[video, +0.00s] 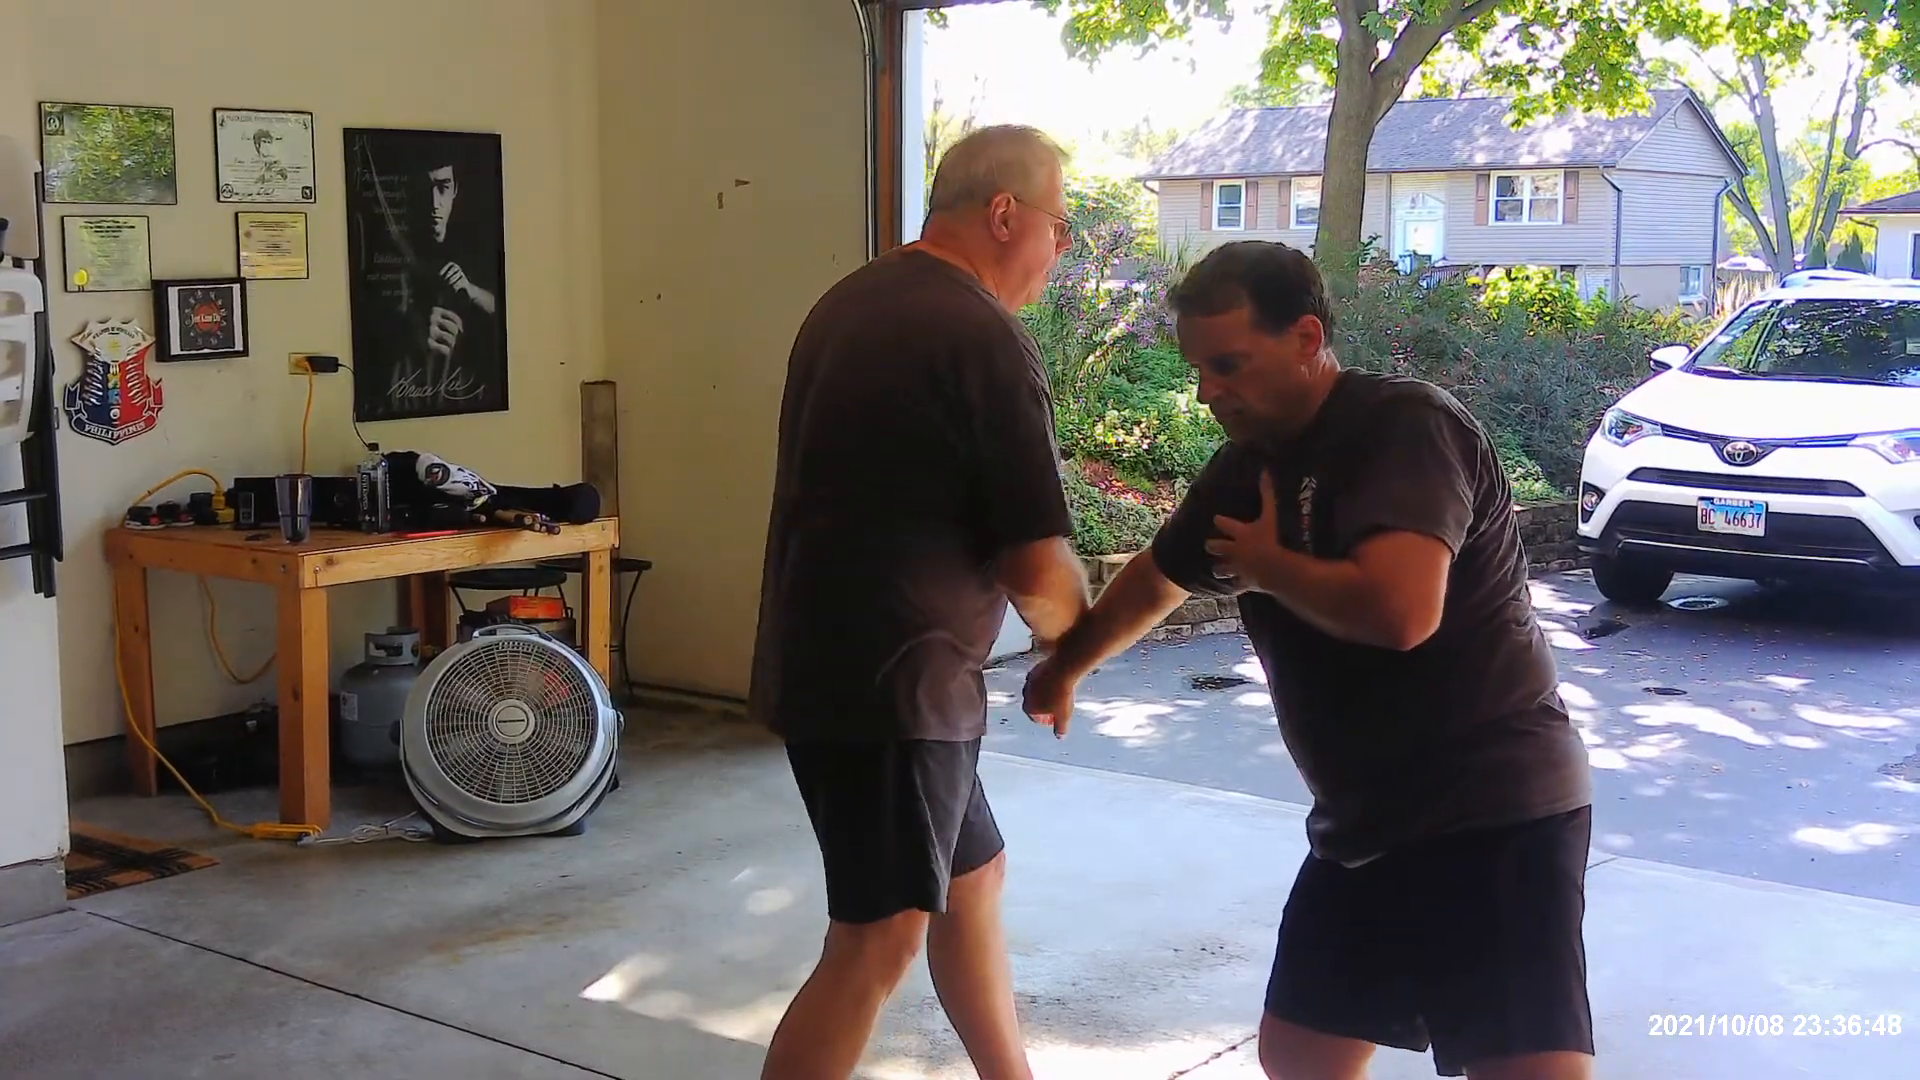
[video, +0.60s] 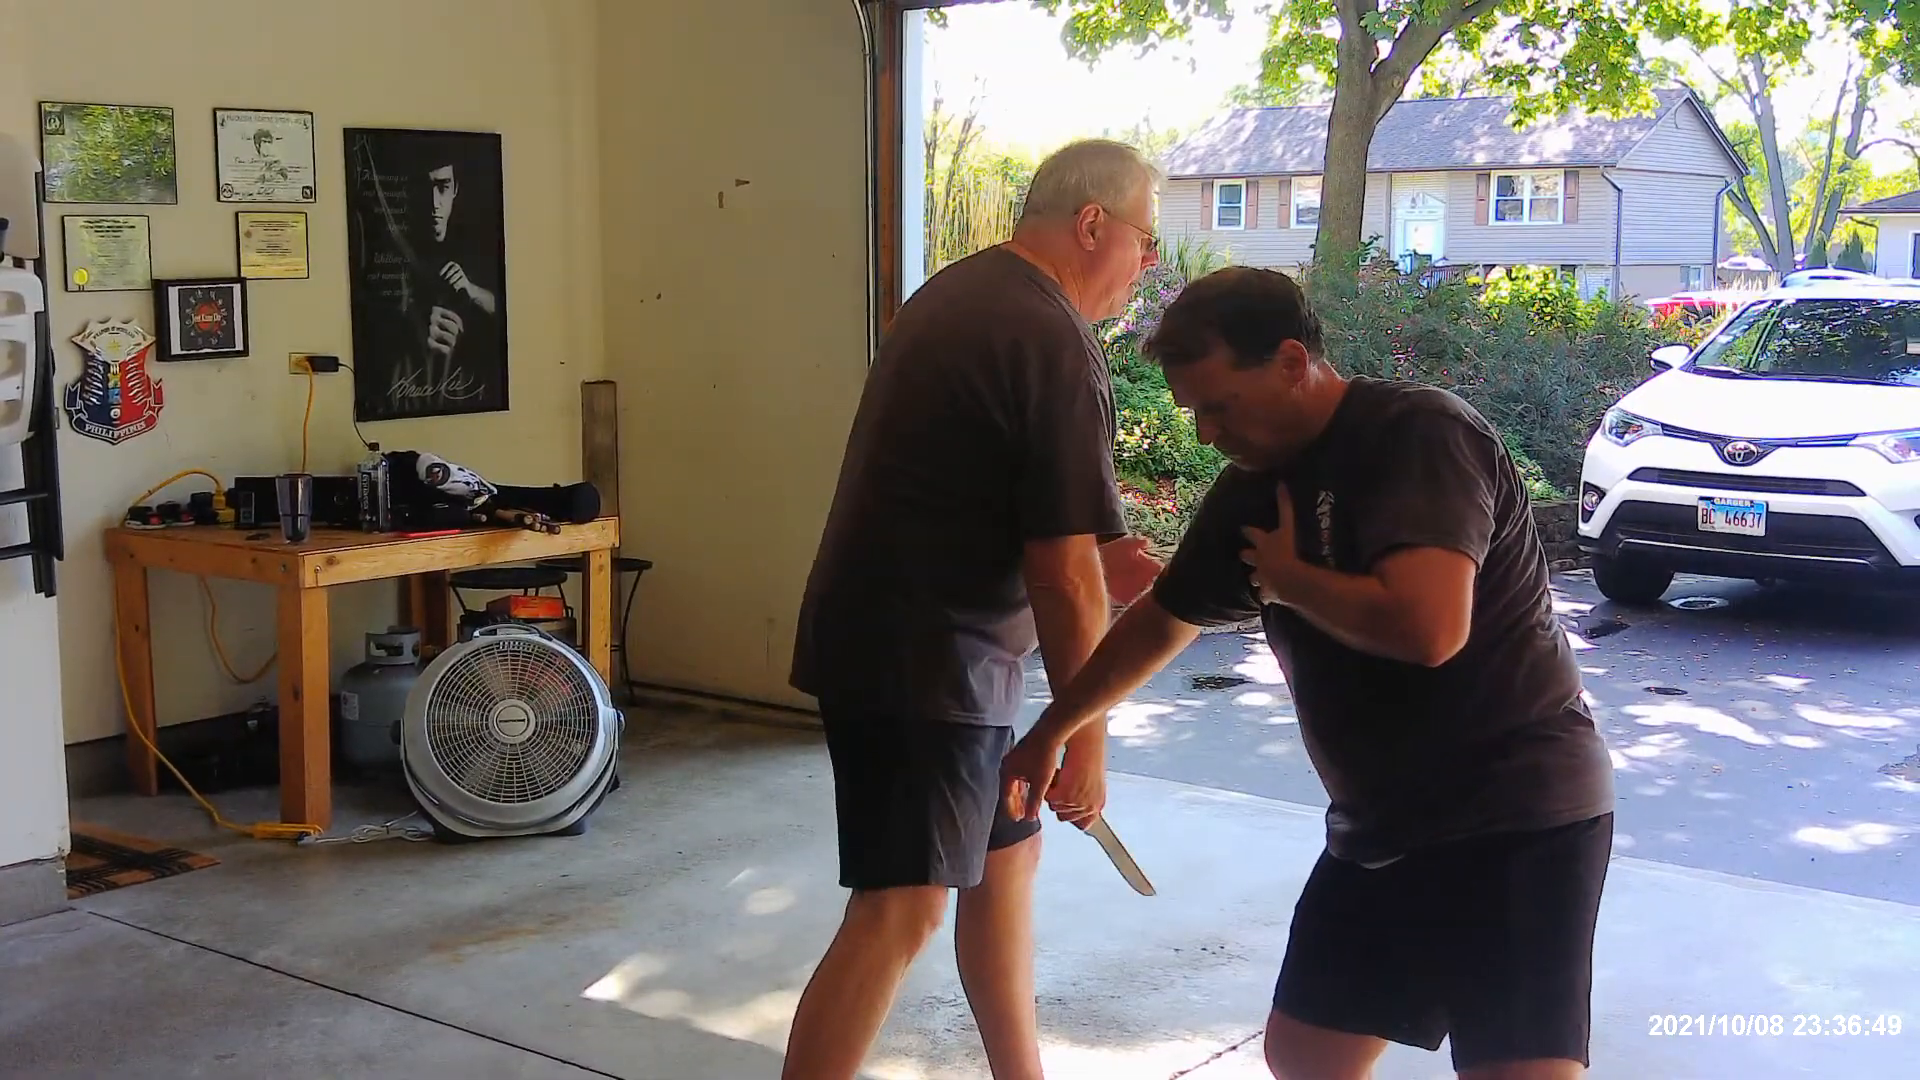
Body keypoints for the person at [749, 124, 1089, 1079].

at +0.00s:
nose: (1059, 257)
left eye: (1064, 235)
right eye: (1058, 230)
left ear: (959, 209)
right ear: (1005, 213)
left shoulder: (850, 301)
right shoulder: (979, 334)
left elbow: (845, 498)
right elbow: (1039, 570)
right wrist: (1070, 637)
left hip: (813, 654)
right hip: (897, 677)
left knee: (969, 869)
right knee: (879, 936)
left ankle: (1010, 1072)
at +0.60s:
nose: (1142, 270)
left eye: (1148, 249)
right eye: (1142, 245)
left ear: (1068, 222)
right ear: (1091, 225)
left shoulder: (955, 290)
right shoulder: (1047, 335)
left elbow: (951, 505)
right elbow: (1061, 573)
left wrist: (1089, 558)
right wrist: (1086, 734)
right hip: (920, 656)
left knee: (1006, 847)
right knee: (897, 913)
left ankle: (1020, 1071)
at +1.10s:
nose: (1034, 210)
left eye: (1040, 193)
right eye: (1017, 190)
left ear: (1026, 200)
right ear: (948, 188)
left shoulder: (988, 313)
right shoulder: (904, 310)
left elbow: (1024, 497)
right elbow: (950, 513)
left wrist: (1056, 638)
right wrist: (1066, 641)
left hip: (958, 652)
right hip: (862, 658)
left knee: (997, 843)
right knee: (860, 867)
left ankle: (1020, 1073)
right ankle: (782, 1066)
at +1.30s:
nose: (933, 193)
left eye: (943, 175)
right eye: (908, 175)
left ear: (950, 185)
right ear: (850, 185)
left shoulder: (937, 300)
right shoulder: (812, 313)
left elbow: (988, 467)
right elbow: (827, 518)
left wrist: (1049, 614)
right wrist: (916, 675)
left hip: (926, 642)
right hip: (821, 651)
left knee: (961, 839)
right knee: (824, 852)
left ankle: (1000, 1068)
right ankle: (781, 1064)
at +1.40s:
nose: (896, 183)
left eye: (906, 165)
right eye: (871, 166)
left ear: (918, 177)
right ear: (818, 181)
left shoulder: (919, 295)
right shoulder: (778, 313)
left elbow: (966, 458)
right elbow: (759, 517)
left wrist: (1023, 605)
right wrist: (801, 689)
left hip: (914, 648)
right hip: (812, 662)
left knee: (951, 838)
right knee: (813, 851)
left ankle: (990, 1069)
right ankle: (781, 1064)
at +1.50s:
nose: (875, 182)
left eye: (885, 162)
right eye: (848, 166)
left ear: (899, 174)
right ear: (797, 183)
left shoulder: (903, 291)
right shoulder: (754, 311)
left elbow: (950, 456)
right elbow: (707, 509)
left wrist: (982, 604)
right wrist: (697, 692)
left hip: (916, 640)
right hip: (803, 657)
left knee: (948, 830)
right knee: (811, 845)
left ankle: (960, 1065)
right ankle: (782, 1062)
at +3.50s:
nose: (894, 167)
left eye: (889, 148)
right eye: (876, 150)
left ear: (819, 166)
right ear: (809, 166)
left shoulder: (866, 274)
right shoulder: (733, 295)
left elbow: (909, 429)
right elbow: (698, 505)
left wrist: (959, 544)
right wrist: (810, 646)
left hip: (872, 631)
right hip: (773, 647)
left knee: (883, 826)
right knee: (787, 854)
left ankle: (845, 1050)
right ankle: (750, 1072)